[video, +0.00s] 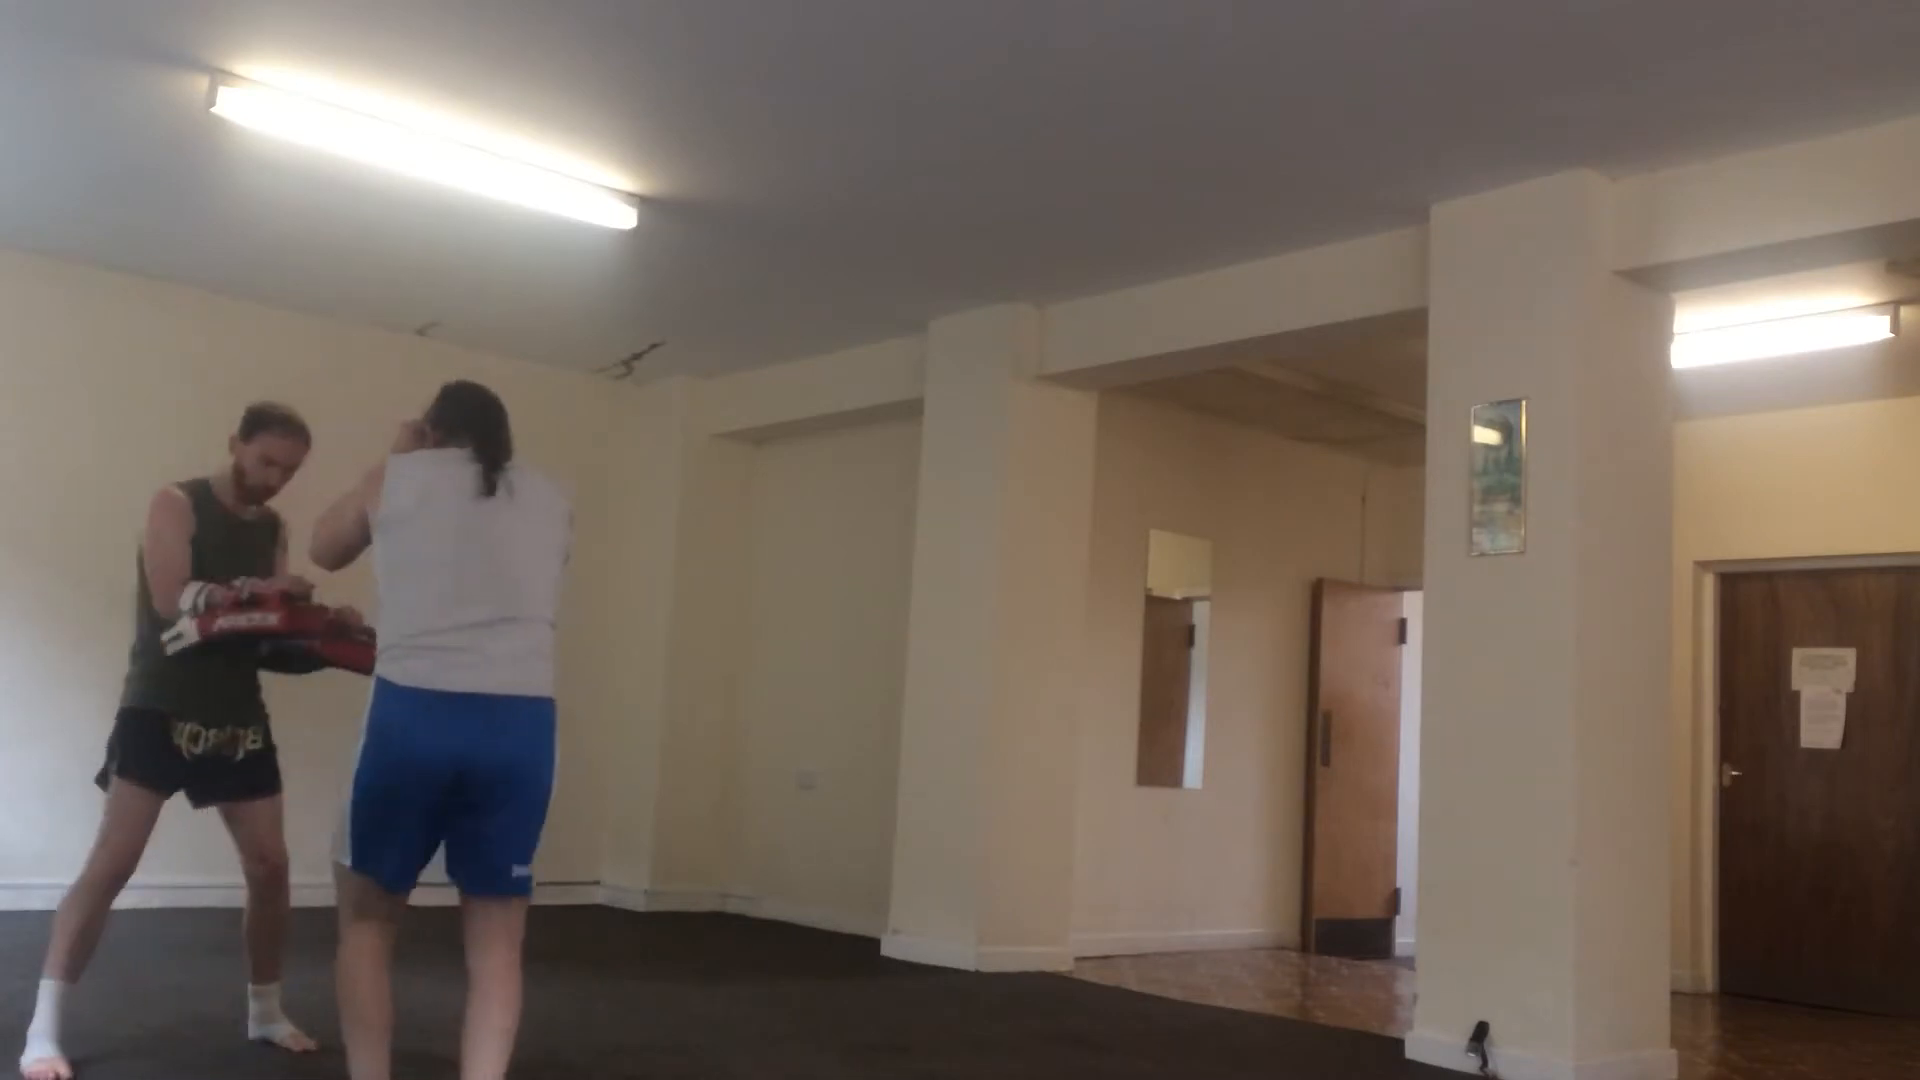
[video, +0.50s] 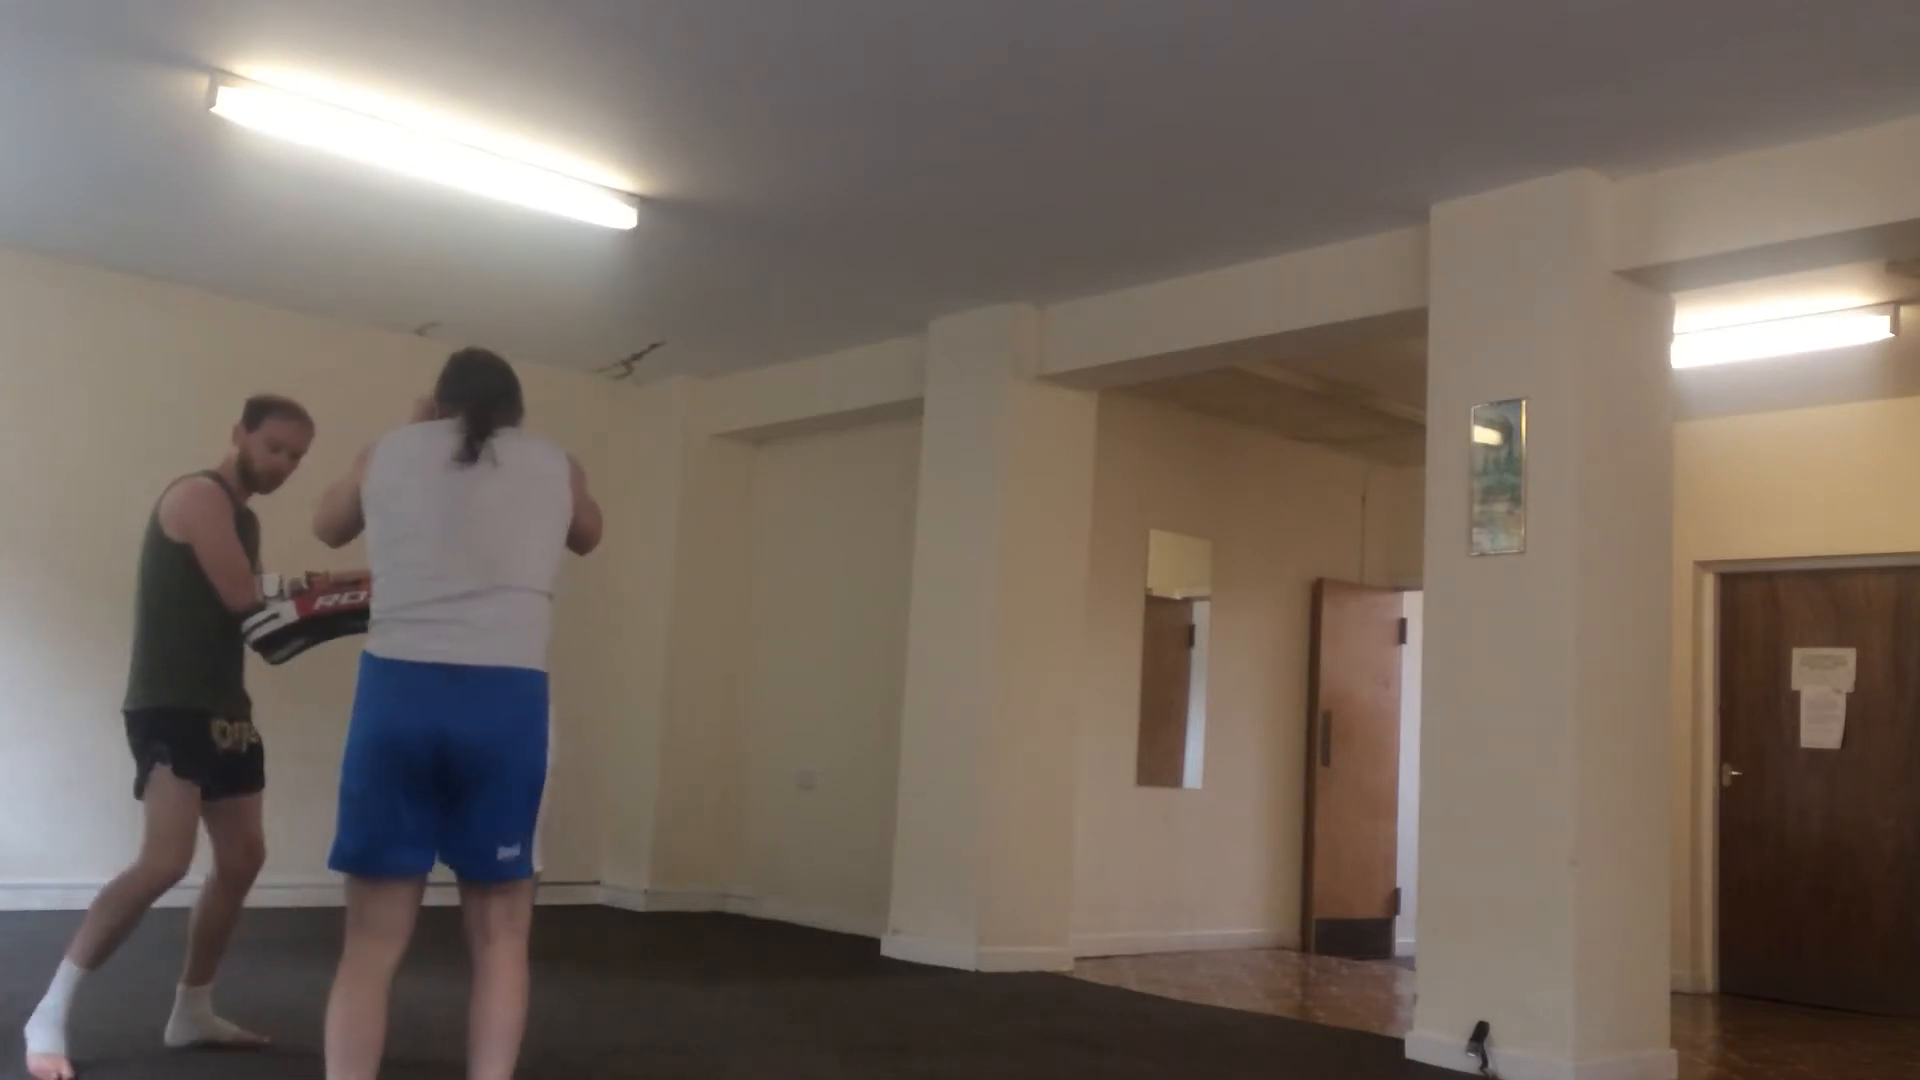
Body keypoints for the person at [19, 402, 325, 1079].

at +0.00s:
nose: (274, 480)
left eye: (287, 471)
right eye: (268, 464)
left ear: (293, 470)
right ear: (238, 444)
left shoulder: (271, 526)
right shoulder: (176, 505)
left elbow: (264, 618)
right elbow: (171, 600)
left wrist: (322, 621)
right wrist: (269, 594)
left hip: (237, 707)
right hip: (161, 706)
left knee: (269, 866)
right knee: (112, 863)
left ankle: (266, 1014)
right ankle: (43, 1030)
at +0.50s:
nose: (284, 466)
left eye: (295, 458)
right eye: (278, 450)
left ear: (293, 460)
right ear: (241, 434)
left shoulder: (243, 517)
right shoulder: (198, 497)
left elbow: (255, 618)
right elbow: (244, 603)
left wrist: (310, 599)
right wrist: (306, 594)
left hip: (225, 707)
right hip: (170, 706)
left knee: (240, 859)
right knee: (164, 858)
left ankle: (192, 1012)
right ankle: (50, 1013)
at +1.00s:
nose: (296, 461)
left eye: (305, 451)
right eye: (287, 445)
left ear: (305, 451)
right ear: (249, 433)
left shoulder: (220, 497)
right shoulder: (227, 496)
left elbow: (256, 626)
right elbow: (272, 598)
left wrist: (329, 598)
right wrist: (323, 585)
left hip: (228, 715)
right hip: (199, 716)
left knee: (238, 862)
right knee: (184, 869)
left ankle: (191, 1012)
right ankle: (105, 1049)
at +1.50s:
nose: (316, 460)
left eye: (323, 450)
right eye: (307, 445)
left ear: (306, 444)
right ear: (267, 432)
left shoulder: (237, 494)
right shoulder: (250, 495)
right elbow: (294, 601)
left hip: (243, 714)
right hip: (214, 714)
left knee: (236, 867)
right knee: (182, 871)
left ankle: (191, 1012)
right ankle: (105, 1048)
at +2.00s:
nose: (314, 449)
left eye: (321, 437)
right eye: (300, 435)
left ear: (325, 444)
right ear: (262, 435)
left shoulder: (277, 508)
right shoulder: (229, 499)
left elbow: (277, 611)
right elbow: (270, 600)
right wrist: (336, 593)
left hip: (262, 711)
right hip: (216, 711)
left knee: (246, 865)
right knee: (197, 863)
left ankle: (192, 1012)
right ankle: (116, 1037)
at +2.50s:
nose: (317, 455)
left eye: (329, 445)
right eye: (306, 441)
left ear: (337, 445)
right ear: (271, 432)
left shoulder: (334, 516)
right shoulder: (224, 497)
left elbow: (333, 615)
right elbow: (202, 597)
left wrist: (366, 612)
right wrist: (297, 597)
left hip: (284, 708)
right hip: (205, 702)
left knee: (285, 878)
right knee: (184, 869)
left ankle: (216, 989)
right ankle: (168, 1039)